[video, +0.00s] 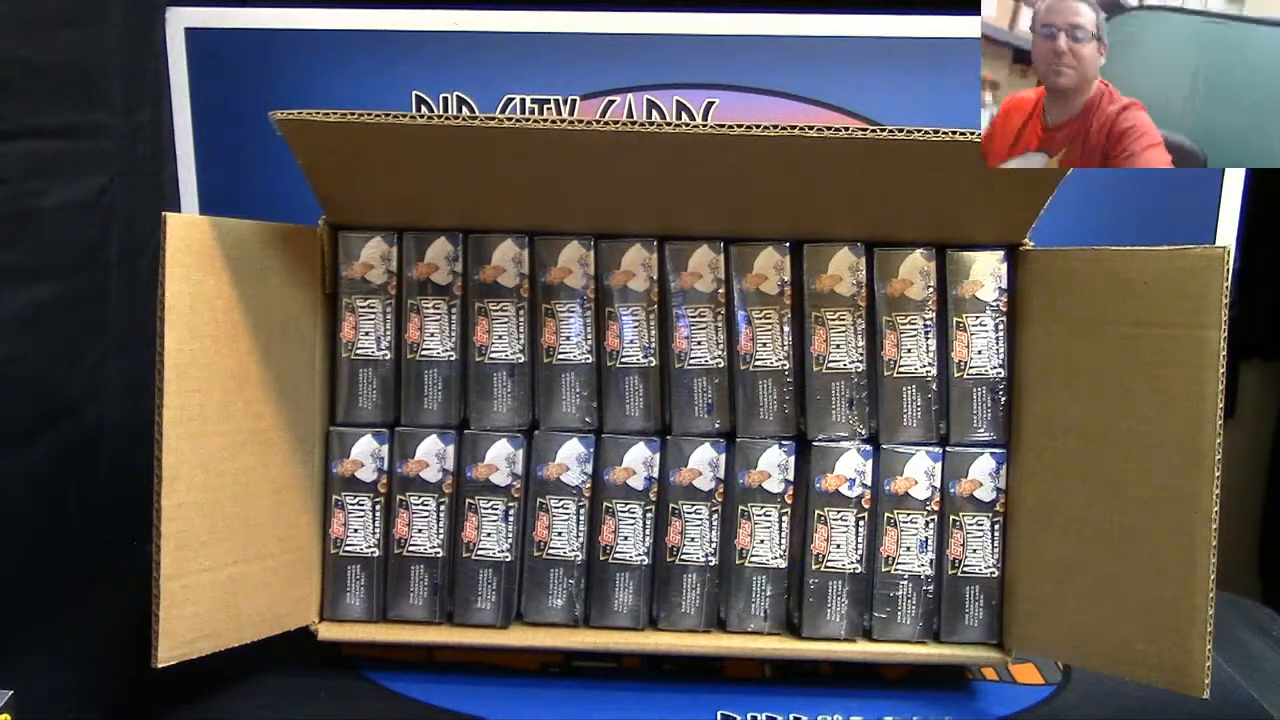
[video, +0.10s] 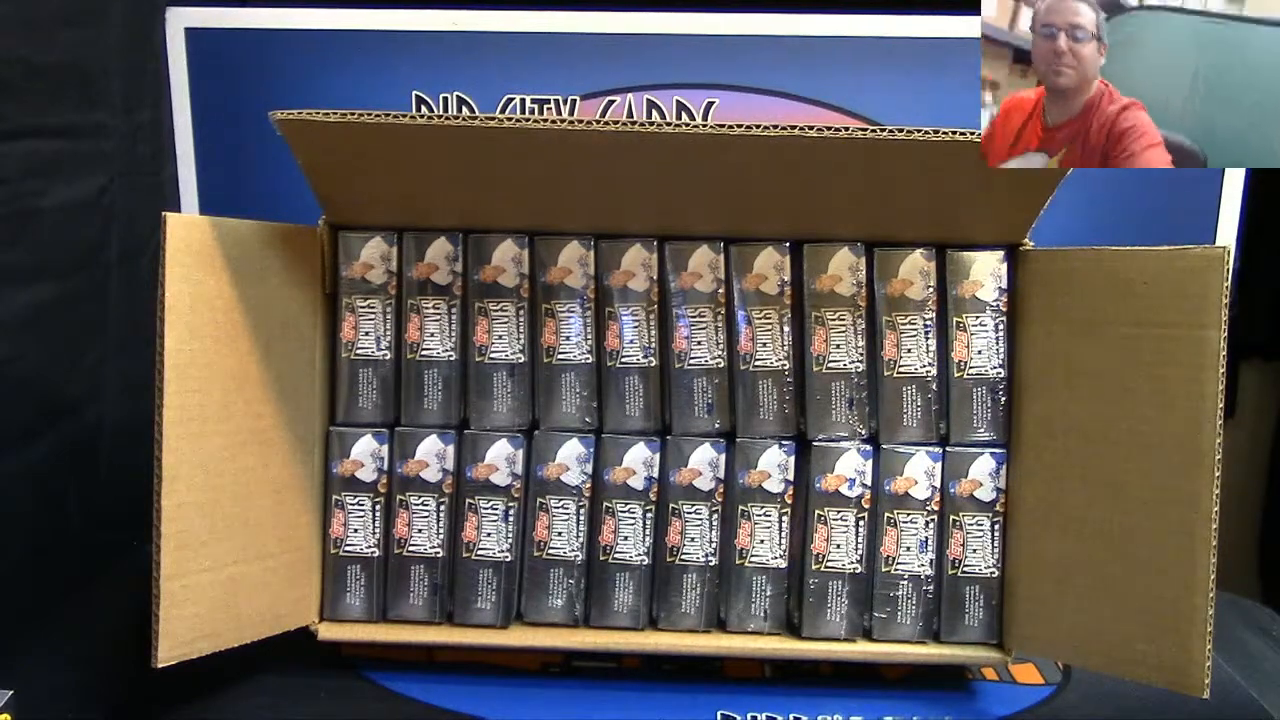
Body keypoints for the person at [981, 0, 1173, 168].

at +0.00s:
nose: (1060, 46)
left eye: (1077, 35)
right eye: (1048, 33)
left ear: (1101, 52)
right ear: (1032, 46)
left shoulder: (1126, 122)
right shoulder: (1013, 111)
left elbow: (1154, 198)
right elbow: (969, 181)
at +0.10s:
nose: (1060, 47)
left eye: (1077, 35)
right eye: (1048, 33)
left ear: (1101, 52)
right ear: (1032, 46)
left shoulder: (1126, 122)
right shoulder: (1013, 111)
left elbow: (1154, 198)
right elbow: (969, 182)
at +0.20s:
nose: (1050, 60)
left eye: (1066, 48)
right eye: (1037, 48)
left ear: (1093, 62)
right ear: (1023, 61)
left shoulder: (1127, 128)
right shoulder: (1014, 126)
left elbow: (1158, 200)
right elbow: (975, 191)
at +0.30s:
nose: (1060, 52)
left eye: (1076, 40)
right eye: (1048, 41)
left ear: (1103, 53)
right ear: (1034, 53)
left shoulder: (1136, 119)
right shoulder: (1027, 119)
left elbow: (1171, 192)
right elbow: (987, 187)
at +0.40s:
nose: (1061, 56)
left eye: (1076, 43)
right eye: (1049, 47)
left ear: (1105, 55)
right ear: (1039, 61)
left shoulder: (1141, 117)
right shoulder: (1038, 126)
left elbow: (1181, 185)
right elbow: (1004, 190)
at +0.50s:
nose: (1066, 56)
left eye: (1081, 43)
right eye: (1054, 47)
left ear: (1110, 55)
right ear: (1045, 61)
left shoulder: (1144, 114)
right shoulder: (1043, 124)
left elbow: (1185, 181)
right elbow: (1009, 188)